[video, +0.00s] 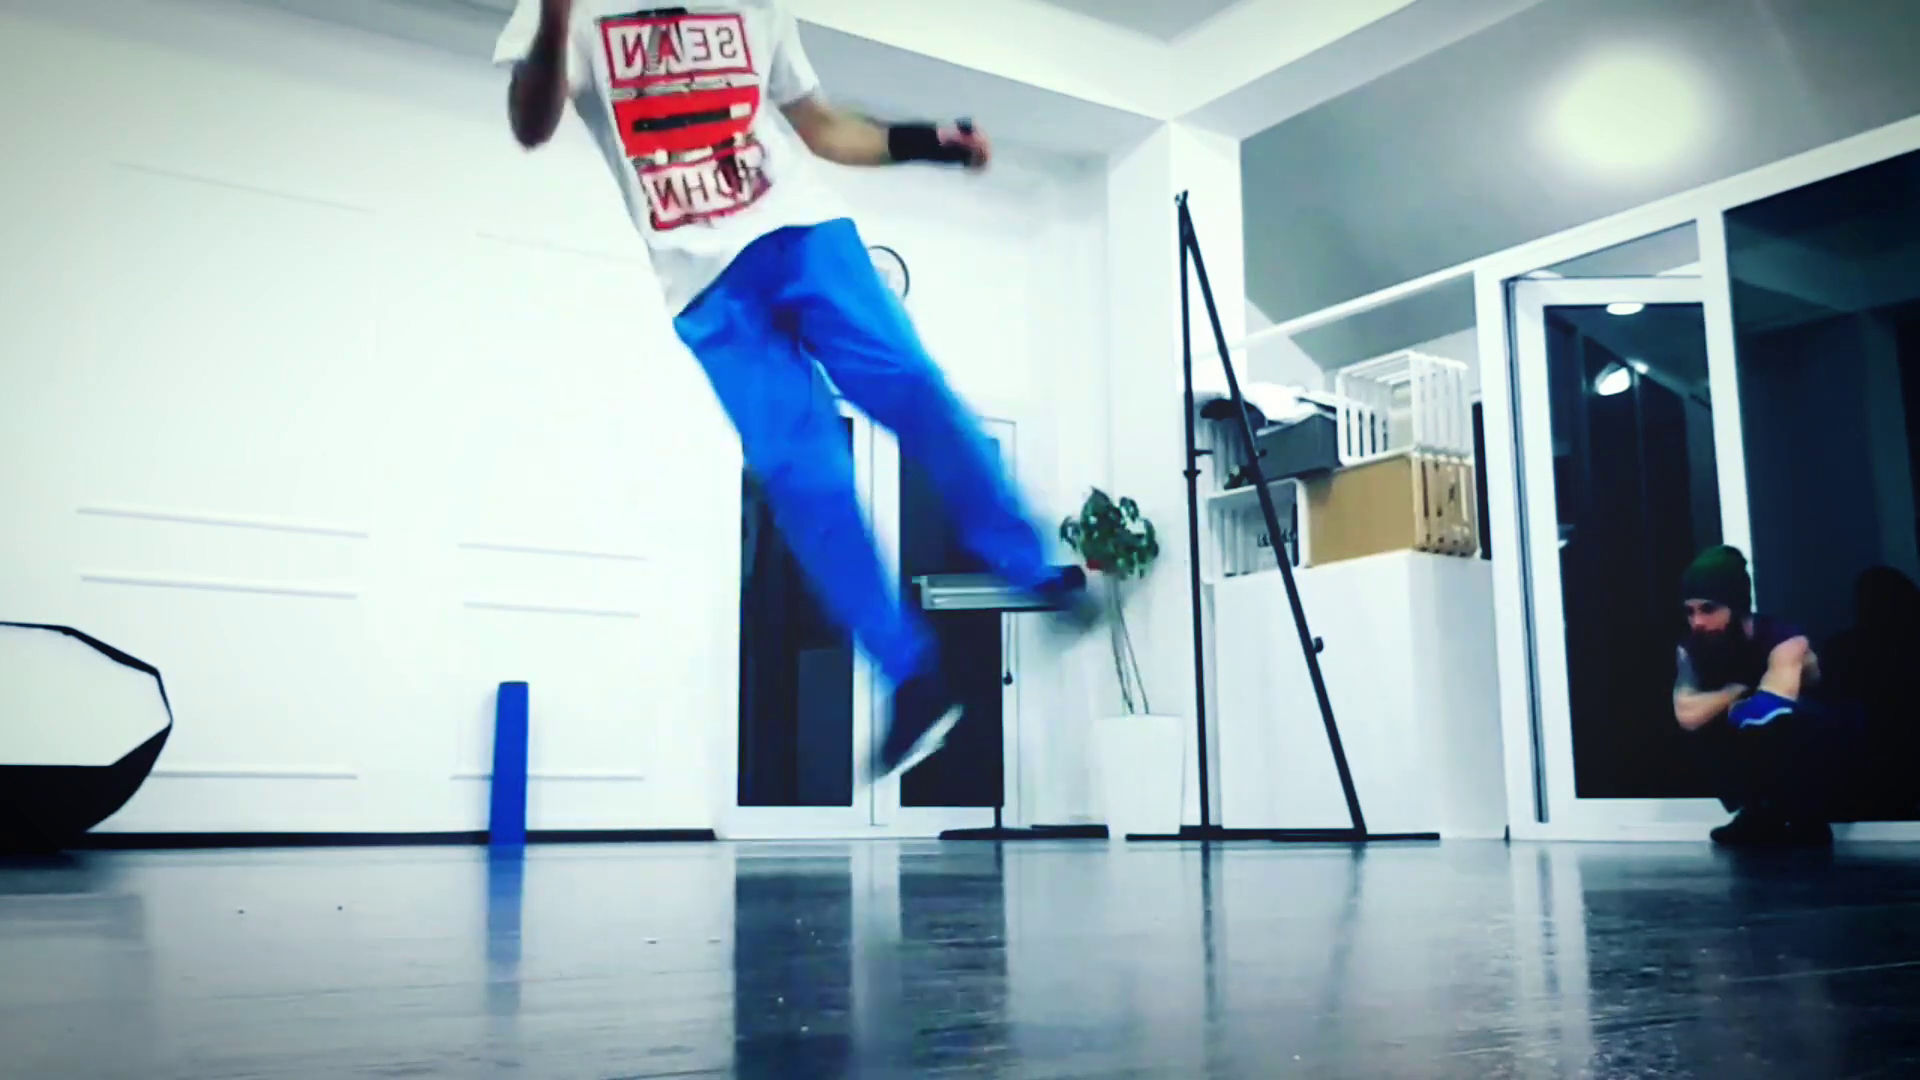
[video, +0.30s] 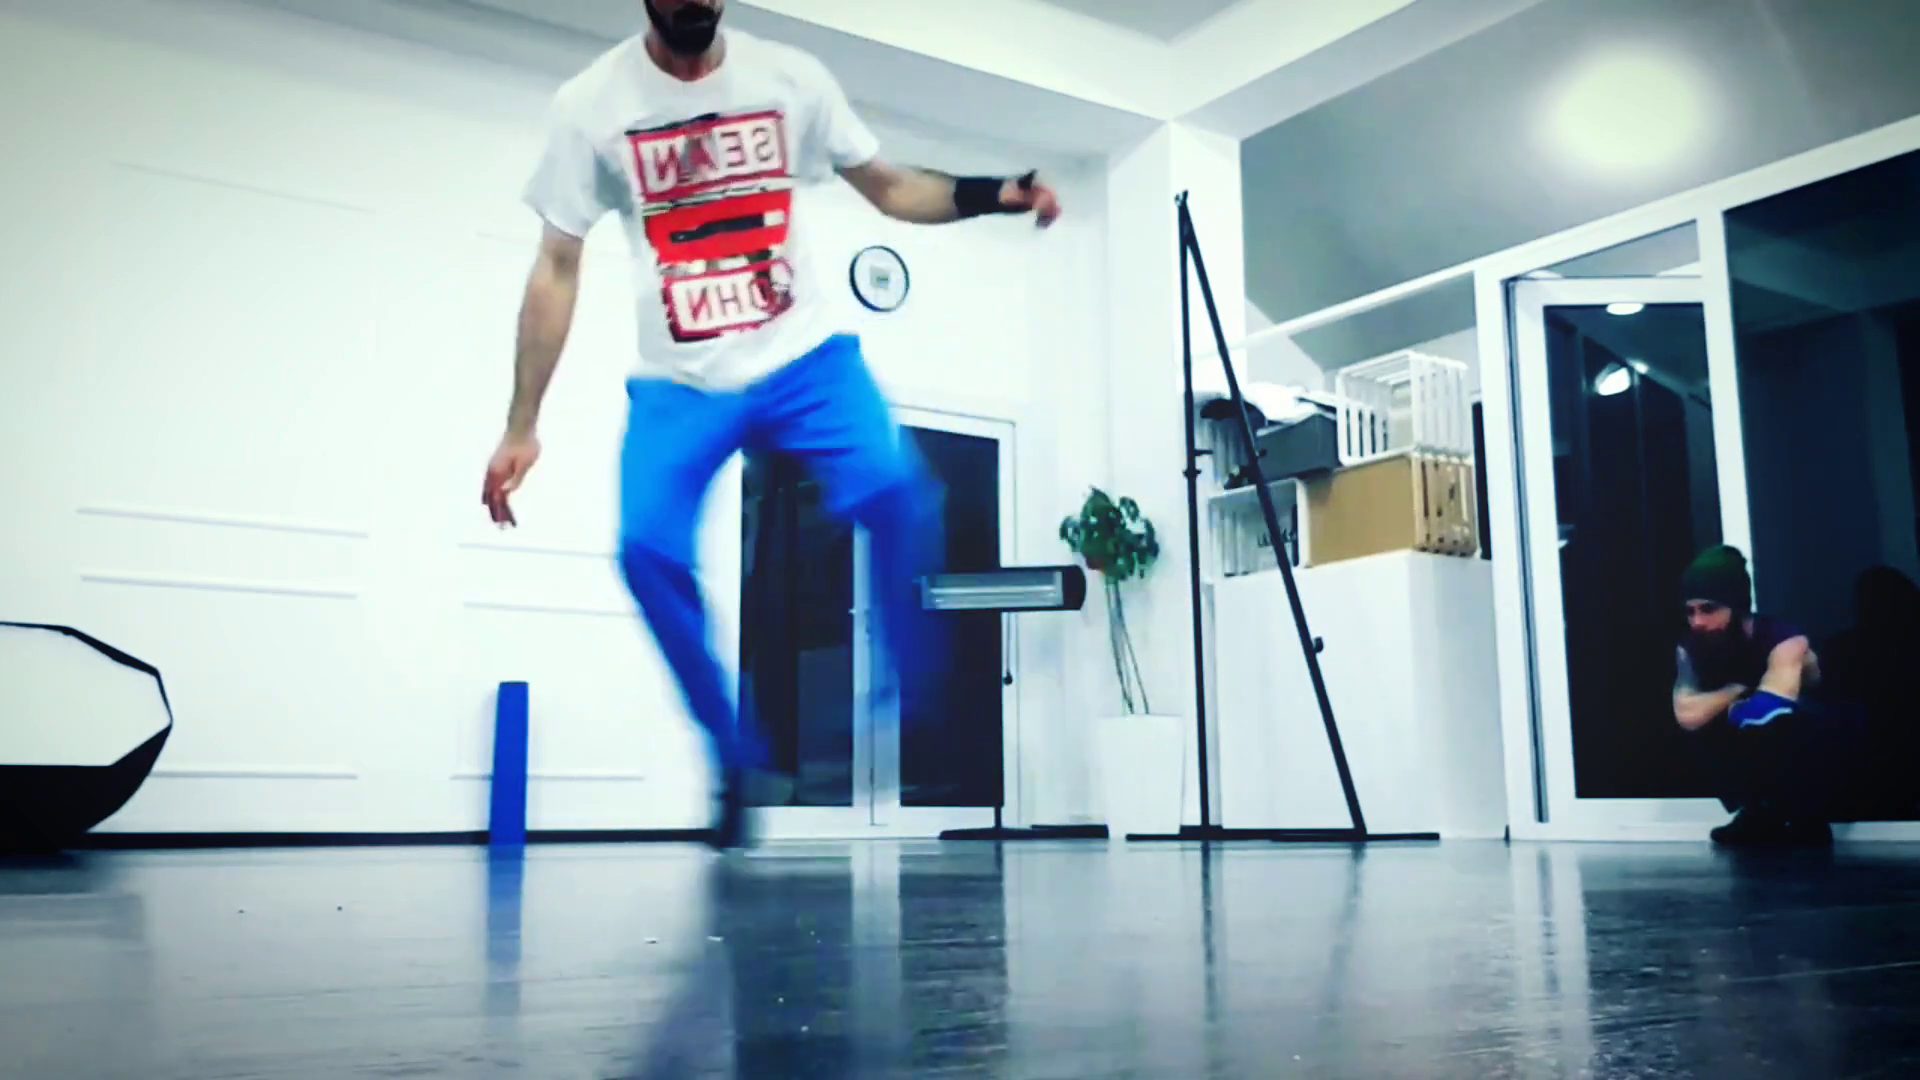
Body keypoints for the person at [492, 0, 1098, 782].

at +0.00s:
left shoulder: (757, 13)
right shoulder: (568, 16)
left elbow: (822, 127)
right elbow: (530, 128)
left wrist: (930, 141)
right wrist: (552, 19)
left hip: (800, 225)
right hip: (698, 280)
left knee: (914, 391)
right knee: (801, 473)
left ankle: (1037, 569)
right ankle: (911, 672)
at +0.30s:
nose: (694, 12)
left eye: (705, 3)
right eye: (676, 3)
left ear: (723, 1)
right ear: (646, 3)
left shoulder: (792, 81)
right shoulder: (591, 109)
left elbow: (892, 188)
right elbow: (556, 268)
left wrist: (1002, 194)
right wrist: (521, 428)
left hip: (805, 356)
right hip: (679, 382)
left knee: (901, 495)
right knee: (648, 549)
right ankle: (738, 760)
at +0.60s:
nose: (722, 108)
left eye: (736, 83)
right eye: (698, 90)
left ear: (763, 66)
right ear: (669, 85)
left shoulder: (841, 185)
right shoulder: (641, 190)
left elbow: (915, 299)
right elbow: (549, 319)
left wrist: (960, 362)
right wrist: (443, 401)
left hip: (786, 449)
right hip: (675, 415)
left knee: (782, 623)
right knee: (622, 539)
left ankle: (639, 798)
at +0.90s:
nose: (781, 241)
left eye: (791, 224)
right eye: (765, 222)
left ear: (803, 222)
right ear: (715, 217)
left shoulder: (845, 330)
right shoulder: (647, 340)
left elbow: (993, 311)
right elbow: (470, 273)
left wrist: (976, 191)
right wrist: (480, 137)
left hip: (868, 597)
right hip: (752, 596)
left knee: (947, 790)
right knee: (899, 636)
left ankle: (722, 767)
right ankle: (861, 810)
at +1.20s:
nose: (686, 228)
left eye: (699, 205)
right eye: (671, 213)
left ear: (746, 189)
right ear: (662, 214)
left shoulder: (832, 250)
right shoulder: (668, 275)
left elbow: (915, 166)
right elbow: (550, 208)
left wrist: (825, 96)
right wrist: (546, 120)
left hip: (886, 531)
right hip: (767, 525)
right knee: (723, 585)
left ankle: (735, 792)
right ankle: (862, 738)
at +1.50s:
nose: (652, 296)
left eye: (661, 272)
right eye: (650, 279)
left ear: (714, 261)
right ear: (713, 269)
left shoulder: (801, 362)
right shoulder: (721, 393)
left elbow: (791, 547)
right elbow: (647, 514)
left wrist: (656, 622)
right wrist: (603, 619)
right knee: (641, 751)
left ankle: (752, 803)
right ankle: (856, 762)